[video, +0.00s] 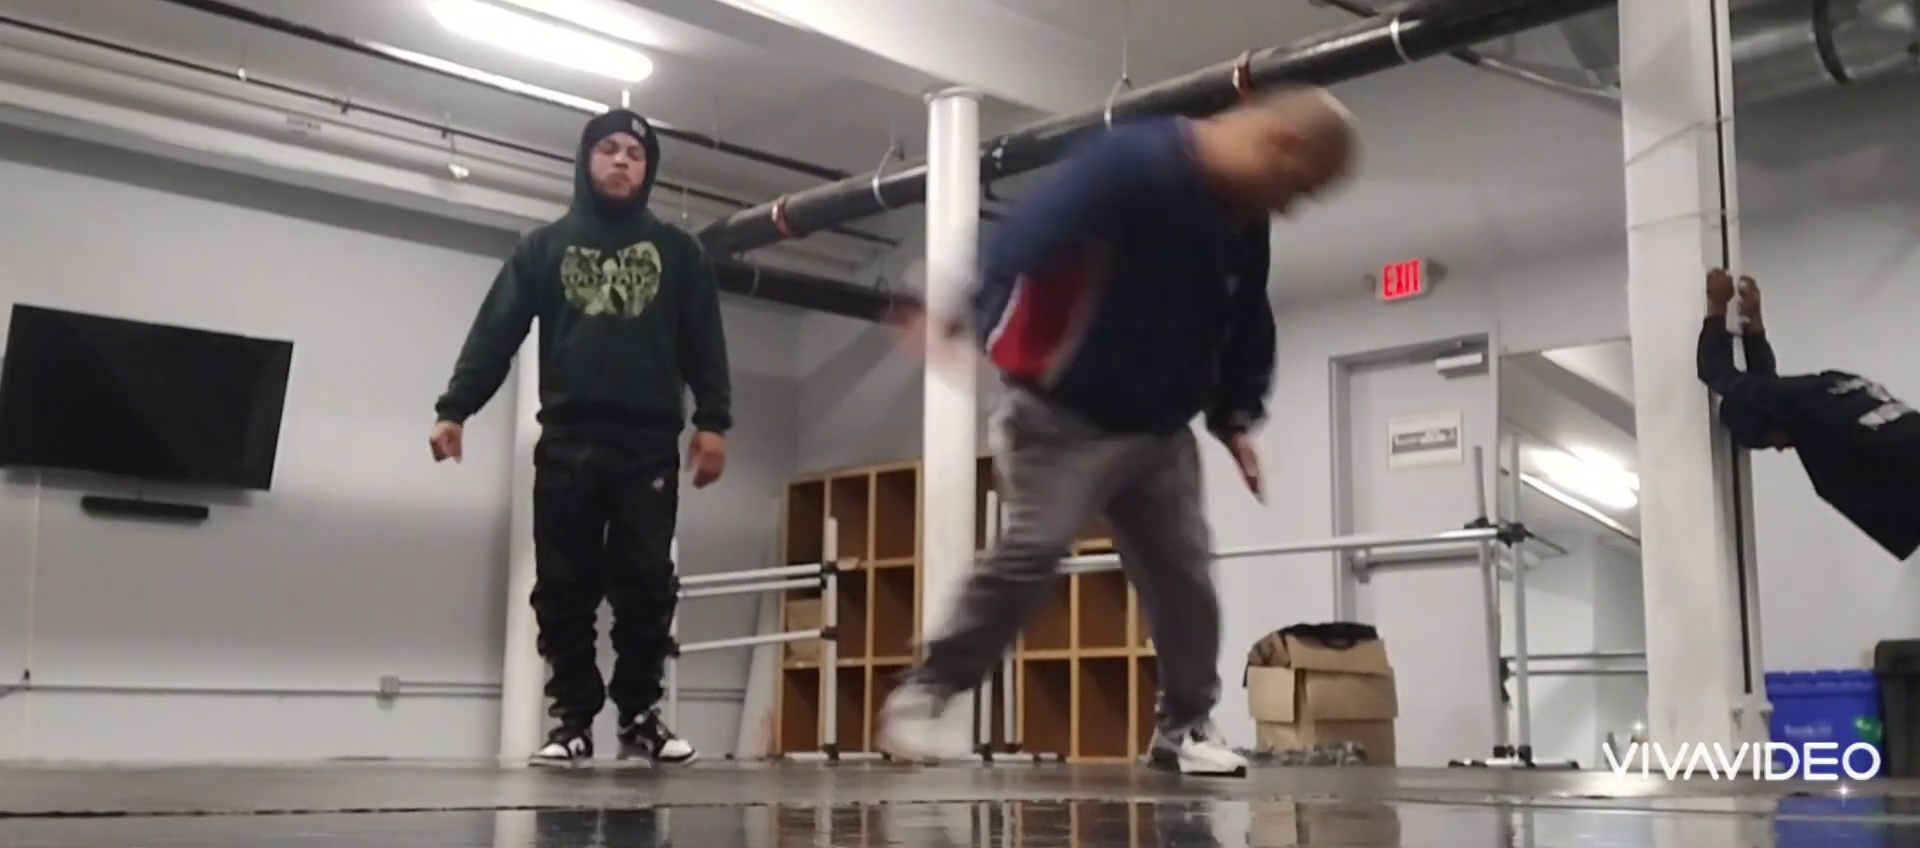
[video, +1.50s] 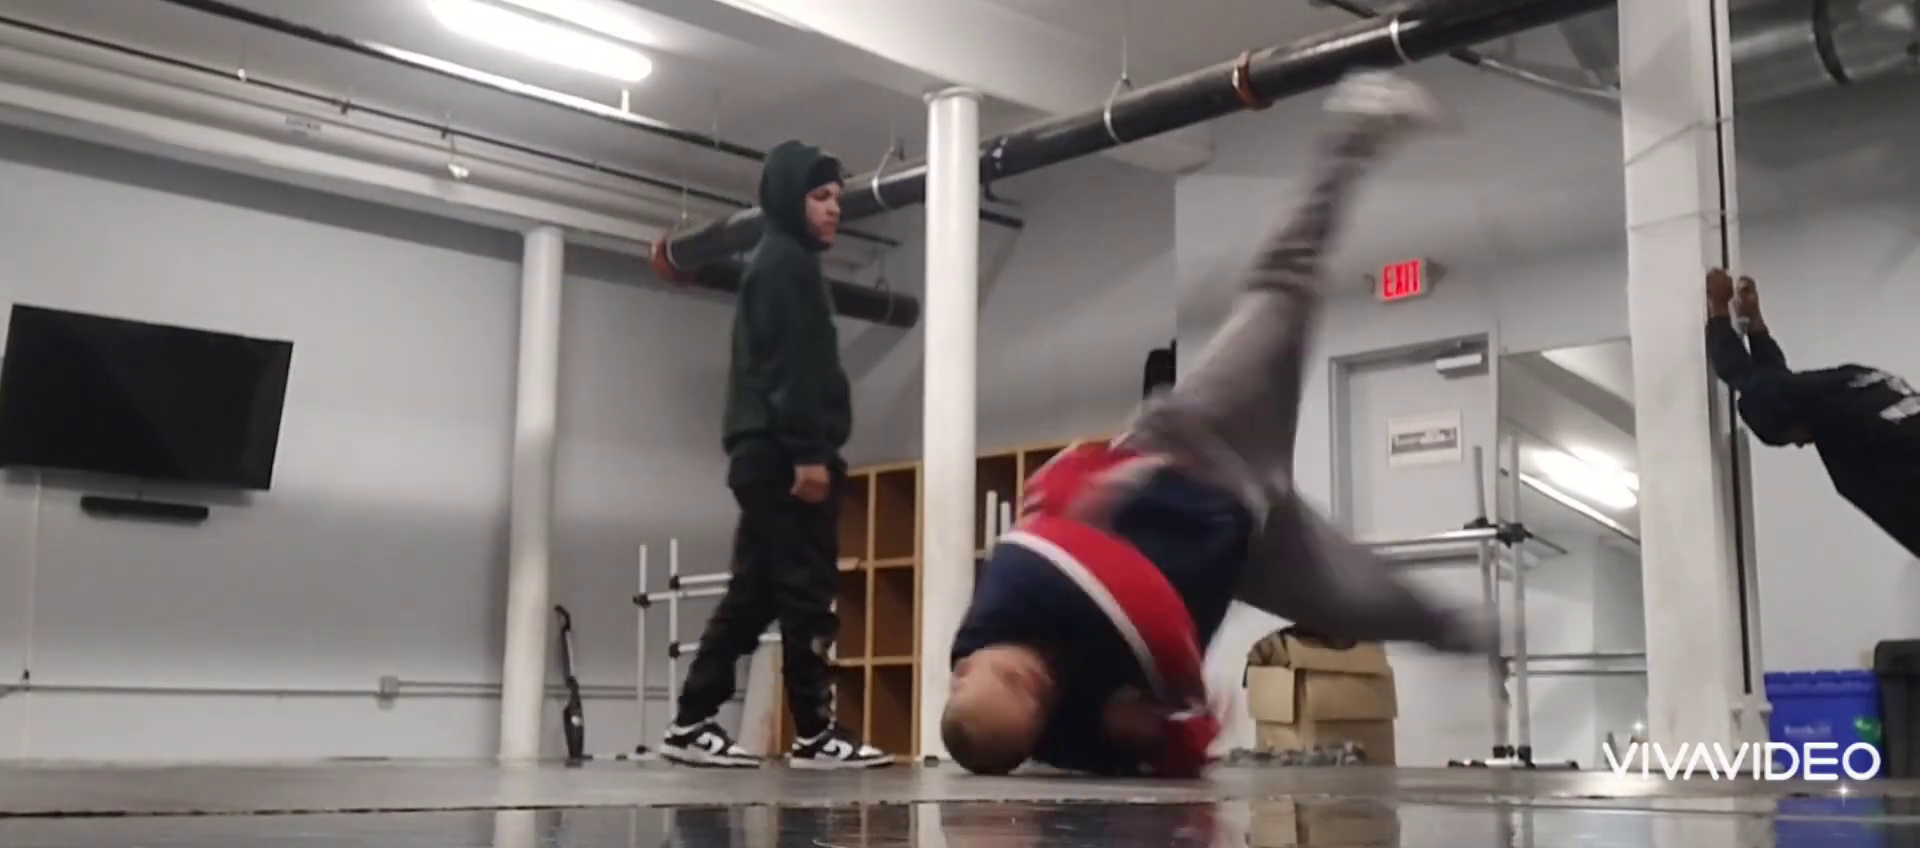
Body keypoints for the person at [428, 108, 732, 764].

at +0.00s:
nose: (621, 162)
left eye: (633, 154)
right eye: (609, 151)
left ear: (649, 170)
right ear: (584, 162)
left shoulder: (680, 251)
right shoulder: (548, 244)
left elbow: (705, 341)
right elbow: (497, 328)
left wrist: (713, 423)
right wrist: (453, 409)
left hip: (649, 440)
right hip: (568, 436)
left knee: (647, 583)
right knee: (563, 586)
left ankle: (640, 718)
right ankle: (573, 723)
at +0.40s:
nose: (658, 170)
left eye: (667, 164)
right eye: (645, 156)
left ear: (672, 181)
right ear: (613, 162)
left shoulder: (683, 258)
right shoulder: (565, 242)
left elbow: (704, 352)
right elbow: (540, 336)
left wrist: (712, 434)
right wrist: (548, 421)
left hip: (660, 447)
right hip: (583, 444)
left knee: (671, 593)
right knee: (578, 592)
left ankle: (677, 725)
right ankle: (574, 726)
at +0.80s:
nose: (725, 195)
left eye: (732, 186)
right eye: (712, 181)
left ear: (736, 198)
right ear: (679, 186)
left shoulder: (729, 275)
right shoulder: (644, 254)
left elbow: (747, 367)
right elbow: (628, 348)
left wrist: (764, 454)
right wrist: (643, 434)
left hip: (727, 452)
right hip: (669, 446)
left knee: (704, 593)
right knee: (643, 579)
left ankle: (683, 729)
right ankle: (592, 713)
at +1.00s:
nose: (756, 200)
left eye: (761, 190)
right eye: (744, 186)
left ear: (762, 199)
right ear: (709, 188)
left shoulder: (741, 271)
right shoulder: (681, 255)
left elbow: (751, 373)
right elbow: (670, 349)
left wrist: (777, 459)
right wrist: (679, 435)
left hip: (739, 447)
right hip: (700, 444)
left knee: (718, 581)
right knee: (704, 578)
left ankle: (692, 722)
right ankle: (681, 723)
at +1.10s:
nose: (772, 202)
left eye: (778, 192)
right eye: (760, 189)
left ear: (777, 201)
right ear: (725, 192)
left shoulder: (740, 264)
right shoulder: (702, 253)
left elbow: (753, 370)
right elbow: (693, 350)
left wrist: (770, 459)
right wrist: (708, 434)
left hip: (740, 448)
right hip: (711, 446)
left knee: (704, 586)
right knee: (739, 580)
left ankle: (683, 727)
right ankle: (750, 727)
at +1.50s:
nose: (835, 209)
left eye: (837, 197)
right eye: (823, 197)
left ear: (824, 202)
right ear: (789, 200)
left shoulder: (781, 261)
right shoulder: (786, 262)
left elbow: (791, 363)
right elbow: (793, 363)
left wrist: (809, 447)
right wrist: (807, 451)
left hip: (768, 451)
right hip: (785, 452)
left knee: (754, 592)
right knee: (809, 593)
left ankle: (692, 722)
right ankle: (816, 734)